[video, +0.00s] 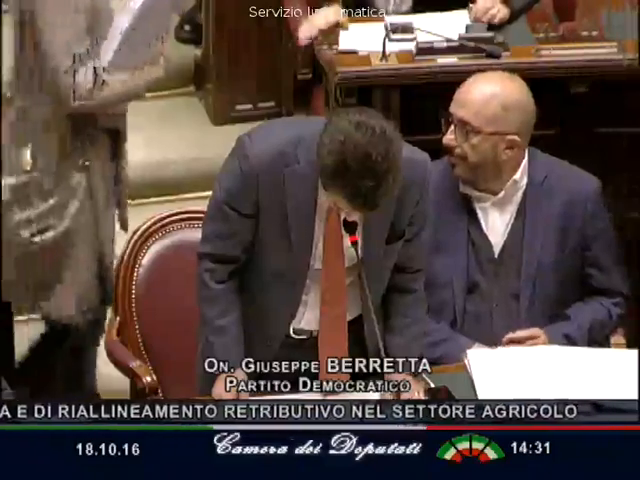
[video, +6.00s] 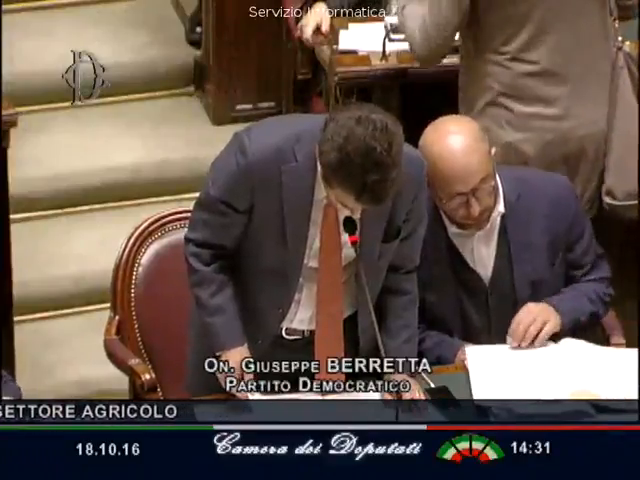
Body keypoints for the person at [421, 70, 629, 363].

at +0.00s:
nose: (447, 140)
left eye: (465, 131)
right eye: (450, 122)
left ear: (508, 148)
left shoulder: (578, 194)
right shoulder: (424, 186)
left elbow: (612, 297)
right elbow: (397, 311)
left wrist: (555, 338)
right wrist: (467, 354)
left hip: (550, 379)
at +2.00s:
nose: (458, 152)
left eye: (478, 144)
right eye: (460, 133)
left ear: (519, 160)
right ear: (458, 124)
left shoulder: (579, 198)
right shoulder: (425, 187)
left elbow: (612, 296)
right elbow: (388, 302)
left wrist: (558, 341)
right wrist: (458, 349)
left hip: (548, 377)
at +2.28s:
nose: (490, 171)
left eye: (509, 159)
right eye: (481, 152)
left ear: (538, 158)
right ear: (471, 137)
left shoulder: (582, 198)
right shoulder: (429, 190)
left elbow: (612, 296)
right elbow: (390, 300)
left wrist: (556, 340)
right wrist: (459, 349)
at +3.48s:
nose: (500, 208)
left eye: (511, 190)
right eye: (484, 195)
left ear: (523, 162)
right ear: (454, 177)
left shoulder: (571, 201)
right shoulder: (425, 217)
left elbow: (605, 290)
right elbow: (409, 321)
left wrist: (568, 315)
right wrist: (466, 360)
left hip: (559, 367)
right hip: (468, 374)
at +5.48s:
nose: (474, 209)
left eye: (483, 189)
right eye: (457, 198)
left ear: (495, 157)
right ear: (428, 183)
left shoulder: (553, 196)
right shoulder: (409, 222)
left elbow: (588, 271)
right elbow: (399, 326)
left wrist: (604, 307)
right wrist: (455, 353)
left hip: (556, 377)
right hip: (458, 388)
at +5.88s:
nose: (476, 207)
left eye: (483, 188)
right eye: (458, 198)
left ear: (494, 159)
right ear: (430, 185)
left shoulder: (552, 196)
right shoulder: (410, 221)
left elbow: (599, 279)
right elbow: (400, 325)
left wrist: (565, 302)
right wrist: (455, 353)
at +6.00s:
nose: (475, 208)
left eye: (482, 187)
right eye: (457, 198)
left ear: (492, 159)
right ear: (429, 185)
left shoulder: (552, 197)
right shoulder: (409, 222)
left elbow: (597, 282)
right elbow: (401, 326)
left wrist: (557, 309)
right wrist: (456, 353)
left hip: (554, 371)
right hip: (460, 381)